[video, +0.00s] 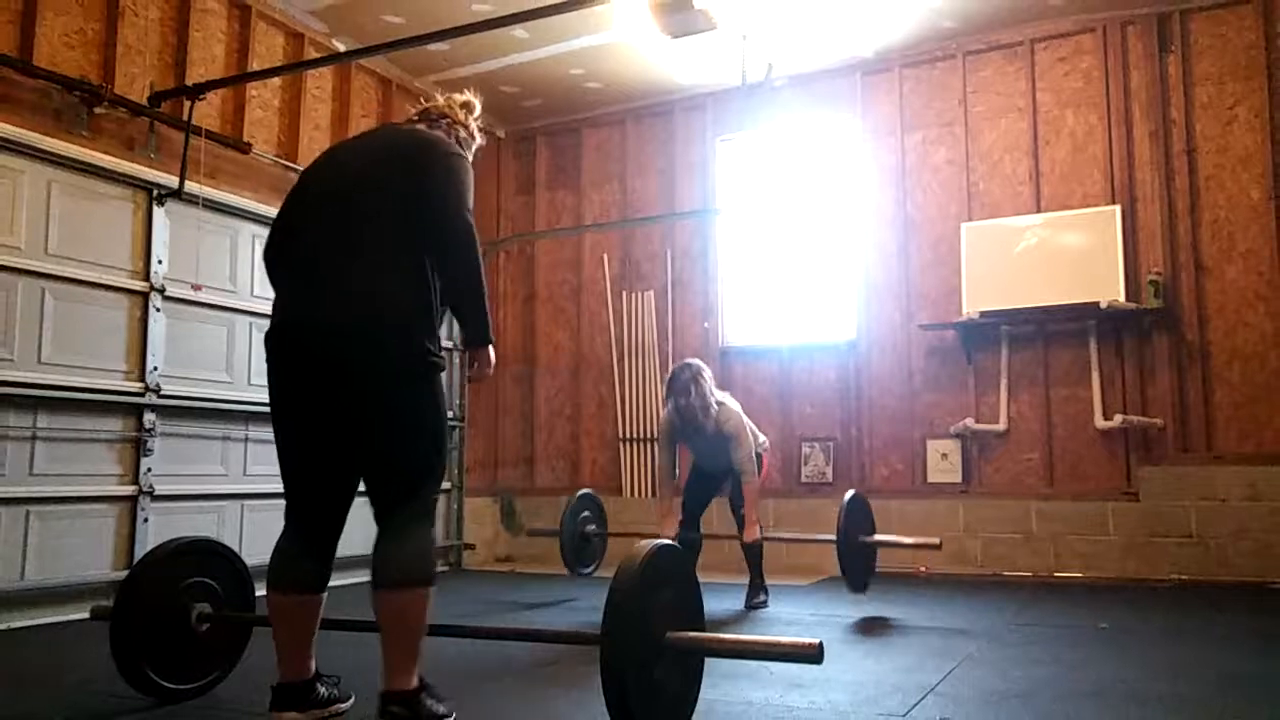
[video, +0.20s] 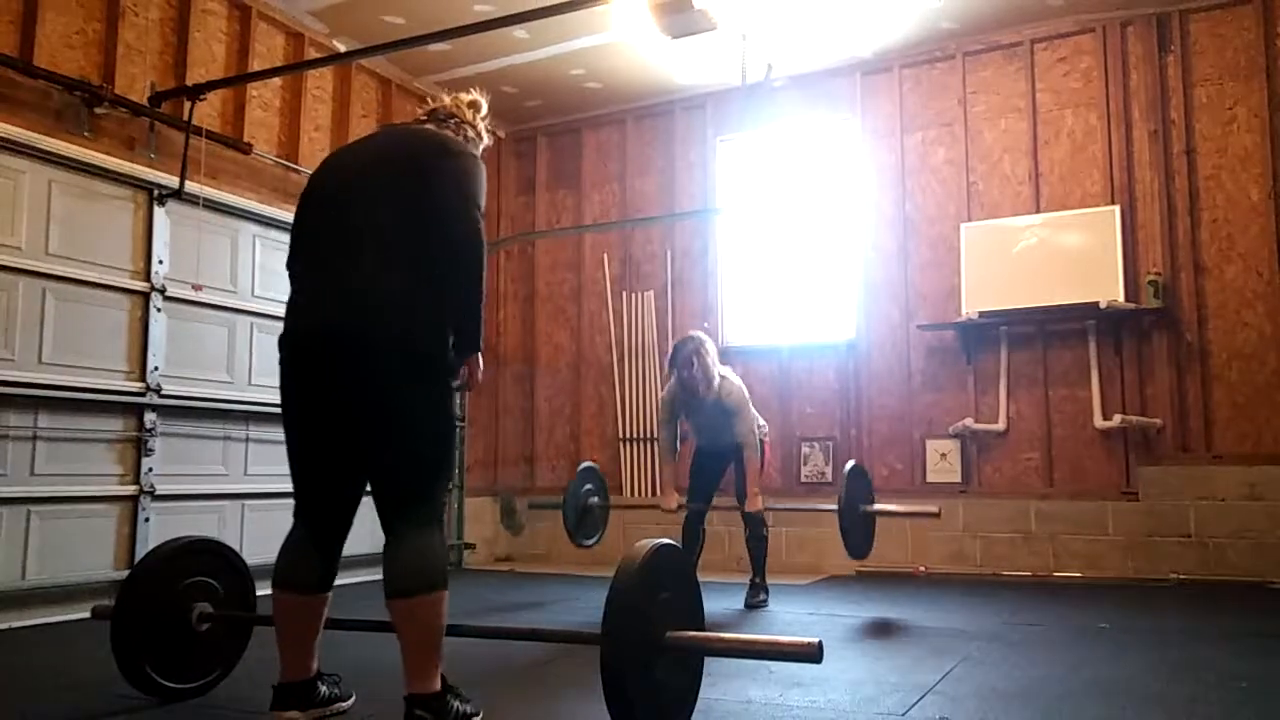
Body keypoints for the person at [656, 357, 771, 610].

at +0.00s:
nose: (685, 405)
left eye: (691, 399)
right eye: (679, 400)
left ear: (704, 394)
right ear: (673, 398)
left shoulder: (728, 414)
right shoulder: (670, 419)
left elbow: (748, 469)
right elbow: (665, 469)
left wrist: (752, 522)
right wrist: (667, 516)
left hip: (743, 459)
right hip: (707, 464)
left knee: (741, 510)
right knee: (689, 515)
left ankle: (757, 585)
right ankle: (683, 583)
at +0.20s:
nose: (692, 372)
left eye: (697, 364)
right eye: (685, 366)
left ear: (709, 362)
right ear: (677, 369)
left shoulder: (730, 388)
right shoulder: (672, 396)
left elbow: (749, 440)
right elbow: (668, 442)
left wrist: (753, 493)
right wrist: (668, 489)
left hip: (745, 443)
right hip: (709, 447)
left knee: (750, 507)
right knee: (694, 512)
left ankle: (758, 583)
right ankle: (685, 582)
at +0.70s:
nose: (695, 342)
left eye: (701, 335)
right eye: (688, 336)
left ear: (712, 332)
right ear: (679, 339)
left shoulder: (735, 358)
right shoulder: (674, 362)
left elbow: (776, 372)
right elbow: (661, 377)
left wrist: (758, 408)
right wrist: (665, 410)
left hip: (744, 440)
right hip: (705, 442)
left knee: (746, 504)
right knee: (692, 511)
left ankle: (758, 582)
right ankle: (685, 581)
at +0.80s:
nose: (697, 340)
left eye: (700, 332)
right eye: (689, 335)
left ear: (711, 330)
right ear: (680, 337)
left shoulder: (733, 355)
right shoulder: (674, 358)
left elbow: (779, 361)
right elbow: (654, 366)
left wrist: (759, 397)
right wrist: (665, 398)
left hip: (742, 439)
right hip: (705, 441)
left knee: (747, 505)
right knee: (691, 512)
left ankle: (758, 582)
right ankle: (684, 582)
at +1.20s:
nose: (693, 363)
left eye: (701, 354)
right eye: (685, 357)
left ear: (716, 355)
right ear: (678, 362)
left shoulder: (733, 387)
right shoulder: (674, 392)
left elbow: (755, 439)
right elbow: (664, 440)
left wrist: (753, 487)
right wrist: (666, 484)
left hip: (741, 448)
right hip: (704, 451)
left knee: (748, 508)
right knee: (687, 514)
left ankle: (758, 584)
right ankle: (683, 584)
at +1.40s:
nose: (700, 410)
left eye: (705, 402)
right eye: (692, 403)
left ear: (716, 398)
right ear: (680, 401)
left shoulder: (732, 422)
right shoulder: (671, 428)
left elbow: (748, 475)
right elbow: (663, 479)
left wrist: (748, 529)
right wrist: (662, 528)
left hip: (738, 477)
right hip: (703, 479)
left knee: (745, 522)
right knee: (679, 515)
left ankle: (757, 585)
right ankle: (683, 584)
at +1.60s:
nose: (714, 427)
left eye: (719, 421)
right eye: (706, 421)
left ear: (728, 413)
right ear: (696, 412)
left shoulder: (739, 430)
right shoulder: (674, 431)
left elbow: (759, 477)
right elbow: (663, 484)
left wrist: (751, 529)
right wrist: (662, 534)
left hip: (732, 481)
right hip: (694, 481)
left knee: (739, 521)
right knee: (678, 523)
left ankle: (757, 585)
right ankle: (683, 585)